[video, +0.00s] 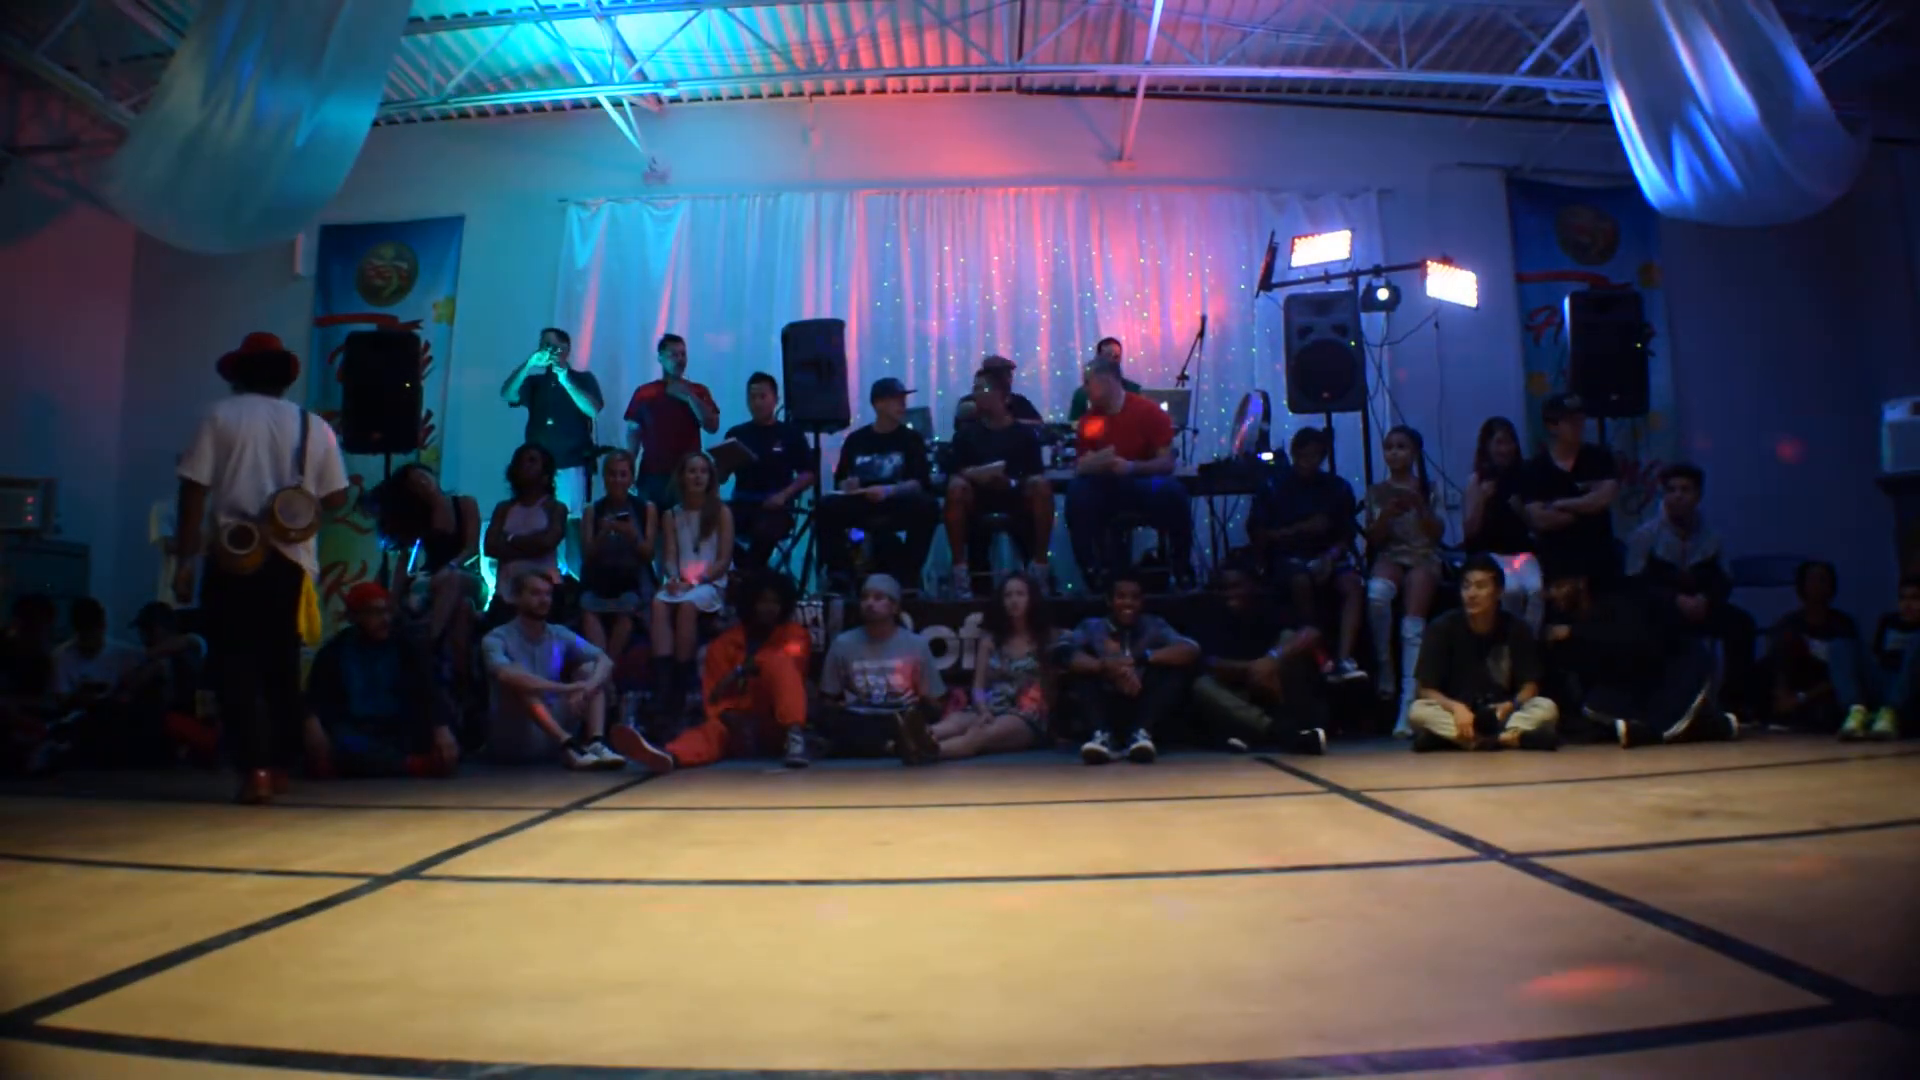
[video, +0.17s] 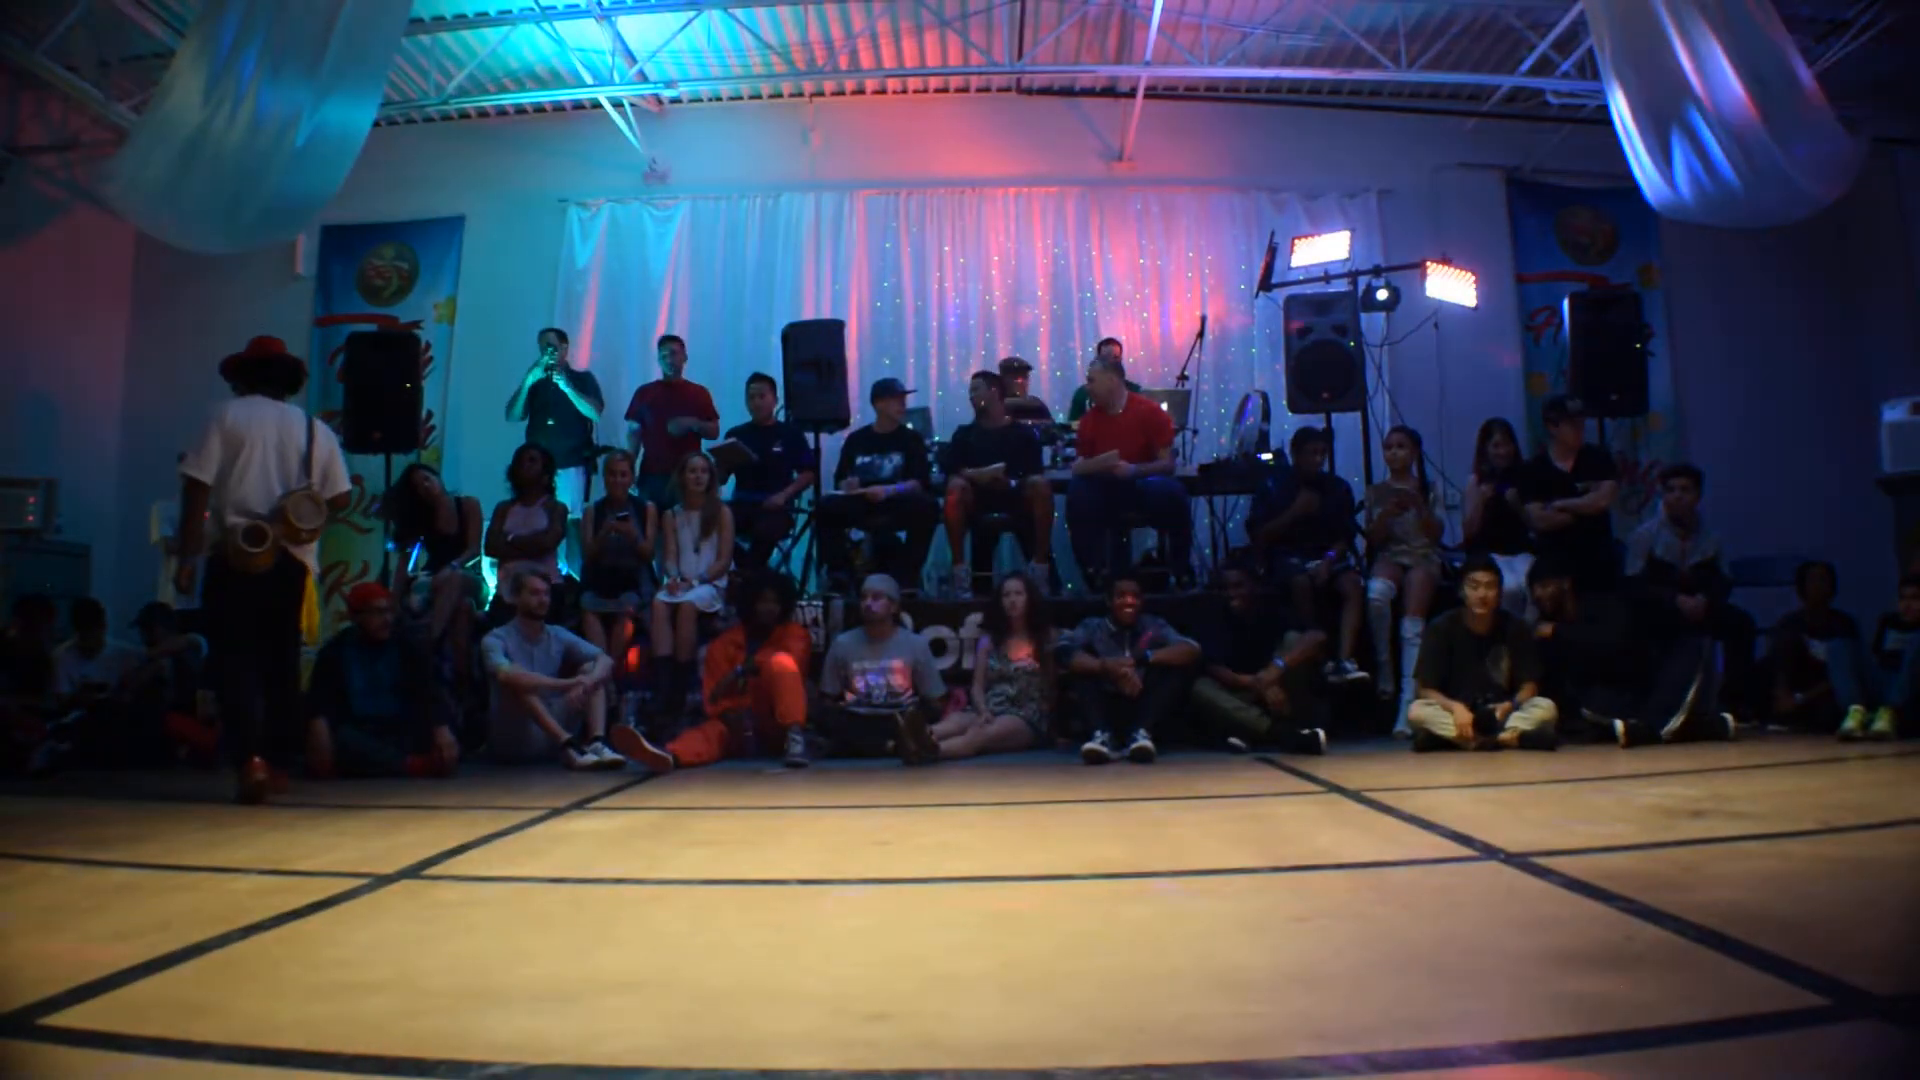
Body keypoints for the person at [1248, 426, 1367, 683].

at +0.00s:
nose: (1309, 461)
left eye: (1315, 455)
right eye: (1304, 454)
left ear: (1323, 456)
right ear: (1294, 454)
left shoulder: (1337, 486)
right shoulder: (1276, 485)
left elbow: (1347, 533)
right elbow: (1258, 533)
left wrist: (1329, 559)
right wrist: (1302, 528)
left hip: (1329, 553)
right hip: (1291, 554)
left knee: (1352, 584)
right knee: (1300, 582)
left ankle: (1344, 658)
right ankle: (1318, 656)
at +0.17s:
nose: (1317, 460)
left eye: (1321, 453)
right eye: (1311, 453)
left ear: (1326, 455)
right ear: (1295, 455)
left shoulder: (1337, 487)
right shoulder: (1277, 484)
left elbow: (1346, 534)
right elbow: (1258, 532)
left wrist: (1328, 562)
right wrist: (1295, 511)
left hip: (1327, 552)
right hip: (1289, 553)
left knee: (1353, 584)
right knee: (1300, 583)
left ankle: (1344, 659)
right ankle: (1314, 658)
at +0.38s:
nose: (1318, 459)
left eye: (1322, 452)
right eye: (1311, 452)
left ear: (1327, 454)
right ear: (1296, 454)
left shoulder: (1337, 486)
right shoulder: (1277, 485)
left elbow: (1346, 534)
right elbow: (1262, 534)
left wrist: (1330, 561)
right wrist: (1296, 512)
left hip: (1327, 554)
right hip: (1290, 555)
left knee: (1353, 585)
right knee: (1300, 583)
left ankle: (1346, 658)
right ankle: (1313, 657)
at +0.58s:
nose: (1320, 458)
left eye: (1324, 451)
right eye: (1313, 452)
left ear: (1328, 454)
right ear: (1296, 454)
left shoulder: (1338, 487)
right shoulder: (1278, 485)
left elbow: (1347, 534)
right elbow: (1267, 535)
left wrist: (1331, 561)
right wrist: (1300, 509)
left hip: (1329, 555)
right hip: (1292, 555)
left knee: (1354, 585)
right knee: (1301, 583)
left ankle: (1346, 658)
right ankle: (1316, 658)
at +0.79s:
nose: (1321, 457)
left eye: (1323, 451)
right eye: (1313, 452)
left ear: (1328, 453)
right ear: (1296, 455)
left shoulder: (1337, 487)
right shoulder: (1276, 486)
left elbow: (1345, 536)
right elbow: (1267, 535)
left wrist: (1328, 561)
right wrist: (1299, 508)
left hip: (1327, 554)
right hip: (1290, 554)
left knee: (1351, 584)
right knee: (1300, 583)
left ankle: (1343, 657)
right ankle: (1310, 657)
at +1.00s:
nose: (1322, 454)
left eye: (1324, 447)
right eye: (1314, 449)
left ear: (1328, 451)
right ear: (1297, 454)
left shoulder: (1339, 487)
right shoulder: (1278, 486)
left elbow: (1345, 533)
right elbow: (1268, 535)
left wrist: (1330, 561)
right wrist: (1302, 507)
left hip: (1328, 556)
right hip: (1290, 555)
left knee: (1353, 585)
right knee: (1299, 583)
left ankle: (1342, 658)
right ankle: (1307, 658)